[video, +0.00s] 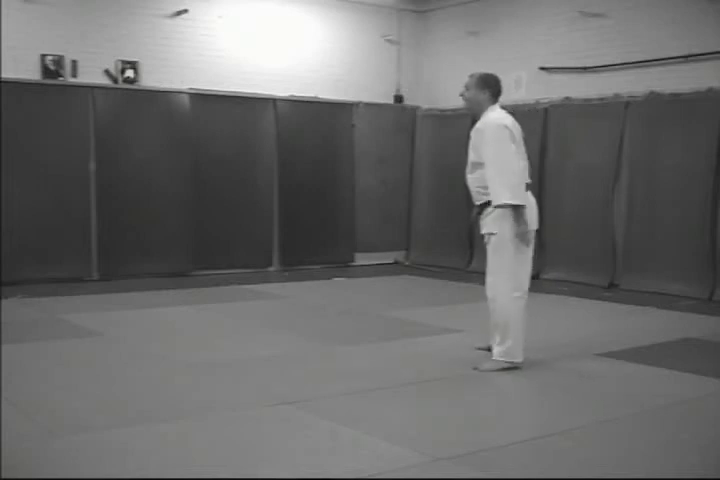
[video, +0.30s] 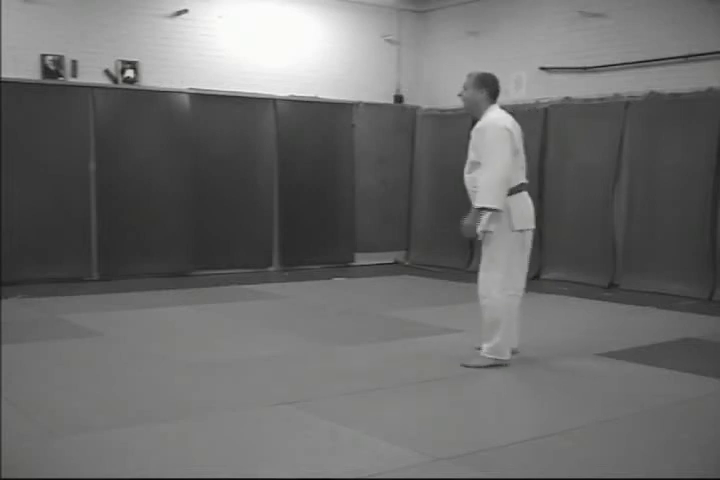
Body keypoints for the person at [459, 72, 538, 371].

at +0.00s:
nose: (462, 94)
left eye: (467, 89)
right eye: (463, 89)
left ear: (485, 93)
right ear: (486, 94)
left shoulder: (494, 125)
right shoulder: (493, 123)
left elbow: (506, 170)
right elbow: (506, 169)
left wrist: (519, 217)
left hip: (505, 213)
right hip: (505, 211)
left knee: (504, 284)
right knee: (503, 283)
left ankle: (508, 354)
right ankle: (502, 343)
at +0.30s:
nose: (460, 94)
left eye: (466, 89)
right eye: (462, 89)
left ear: (483, 93)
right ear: (485, 94)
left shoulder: (493, 125)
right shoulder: (499, 122)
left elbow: (495, 171)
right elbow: (494, 171)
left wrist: (481, 212)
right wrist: (476, 209)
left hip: (505, 212)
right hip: (511, 210)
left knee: (495, 282)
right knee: (505, 281)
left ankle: (496, 351)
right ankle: (505, 342)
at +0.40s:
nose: (461, 94)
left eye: (466, 89)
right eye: (463, 89)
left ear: (484, 93)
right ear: (485, 94)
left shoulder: (493, 126)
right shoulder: (501, 122)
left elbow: (491, 172)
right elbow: (493, 172)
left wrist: (469, 209)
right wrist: (469, 207)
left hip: (502, 212)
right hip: (508, 210)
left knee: (493, 283)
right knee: (504, 281)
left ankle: (494, 351)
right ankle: (505, 343)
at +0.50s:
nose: (462, 93)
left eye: (467, 88)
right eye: (463, 88)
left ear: (485, 91)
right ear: (488, 92)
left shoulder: (491, 124)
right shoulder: (499, 121)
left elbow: (484, 171)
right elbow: (490, 171)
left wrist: (459, 208)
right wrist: (468, 209)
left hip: (497, 211)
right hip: (504, 208)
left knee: (491, 283)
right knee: (498, 281)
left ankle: (495, 352)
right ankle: (503, 343)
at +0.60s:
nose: (461, 92)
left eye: (467, 86)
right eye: (463, 86)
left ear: (485, 91)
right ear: (488, 91)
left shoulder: (489, 124)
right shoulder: (501, 120)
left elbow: (481, 170)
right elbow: (490, 171)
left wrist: (458, 207)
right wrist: (469, 213)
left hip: (494, 210)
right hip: (503, 206)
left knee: (489, 281)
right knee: (497, 279)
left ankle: (496, 351)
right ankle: (502, 342)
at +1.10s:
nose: (452, 93)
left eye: (458, 87)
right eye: (454, 87)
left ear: (475, 91)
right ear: (480, 92)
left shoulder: (477, 125)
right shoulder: (494, 120)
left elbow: (477, 172)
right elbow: (488, 171)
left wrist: (475, 216)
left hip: (487, 210)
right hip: (496, 206)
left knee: (486, 282)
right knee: (473, 278)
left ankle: (494, 353)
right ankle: (469, 338)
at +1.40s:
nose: (449, 94)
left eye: (455, 89)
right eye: (451, 89)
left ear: (472, 93)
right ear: (477, 93)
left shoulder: (471, 123)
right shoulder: (486, 120)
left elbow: (465, 168)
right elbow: (474, 168)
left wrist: (454, 211)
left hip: (480, 207)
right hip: (486, 204)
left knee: (479, 278)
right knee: (466, 275)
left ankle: (491, 351)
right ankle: (466, 339)